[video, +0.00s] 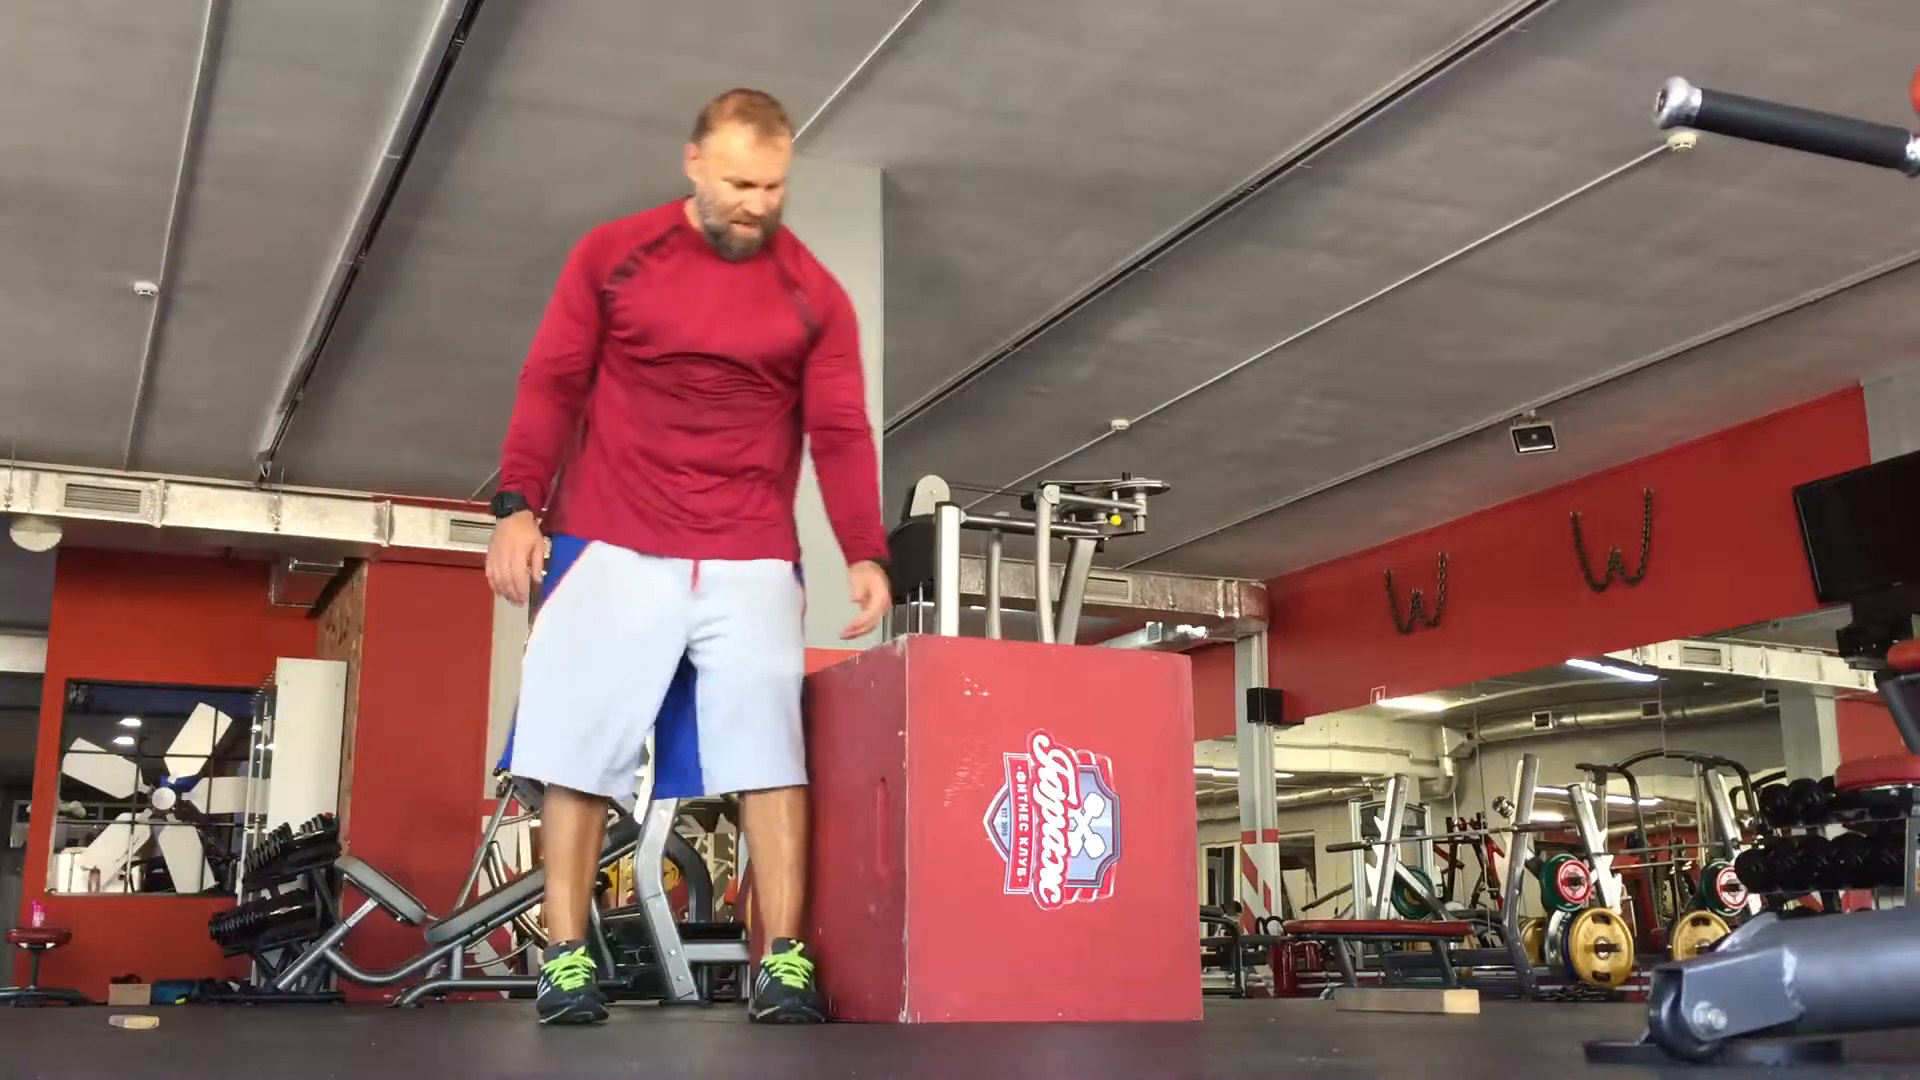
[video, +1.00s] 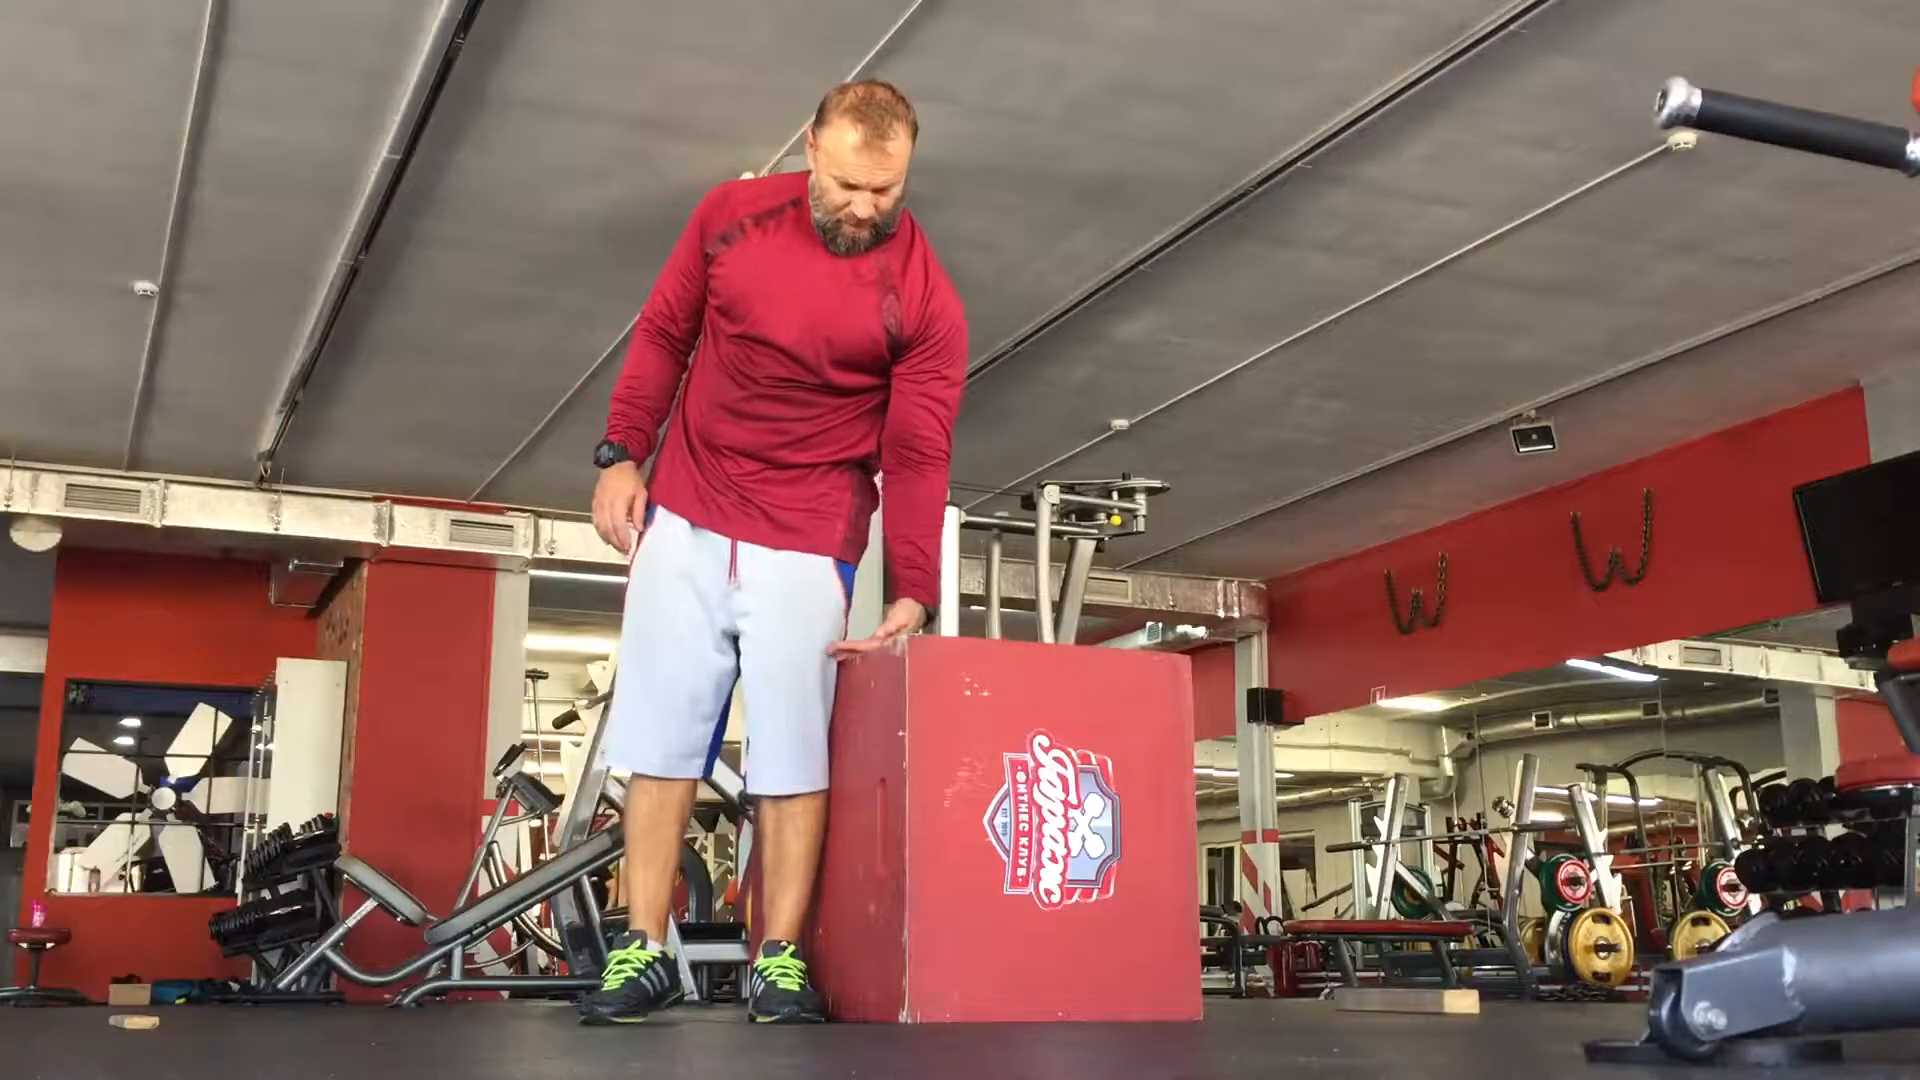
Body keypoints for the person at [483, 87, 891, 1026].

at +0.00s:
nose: (754, 203)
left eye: (770, 186)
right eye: (737, 183)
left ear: (788, 178)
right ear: (692, 165)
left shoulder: (815, 298)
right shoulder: (612, 256)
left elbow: (842, 435)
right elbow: (552, 382)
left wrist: (865, 553)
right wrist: (518, 506)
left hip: (752, 553)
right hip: (613, 543)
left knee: (768, 739)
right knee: (581, 741)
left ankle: (781, 957)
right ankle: (565, 955)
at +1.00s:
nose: (861, 207)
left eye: (882, 190)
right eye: (843, 185)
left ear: (909, 174)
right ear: (810, 149)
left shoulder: (924, 302)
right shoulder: (731, 215)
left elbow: (918, 455)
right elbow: (662, 335)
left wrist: (912, 591)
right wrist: (621, 456)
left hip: (810, 531)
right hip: (688, 506)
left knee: (792, 743)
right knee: (662, 728)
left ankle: (778, 960)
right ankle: (644, 950)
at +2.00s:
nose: (810, 153)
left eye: (831, 134)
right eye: (792, 131)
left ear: (859, 142)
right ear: (760, 134)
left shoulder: (895, 277)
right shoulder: (690, 228)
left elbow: (905, 428)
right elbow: (631, 356)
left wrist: (892, 569)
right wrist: (603, 476)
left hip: (804, 532)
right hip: (673, 516)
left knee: (789, 742)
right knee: (648, 732)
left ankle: (779, 956)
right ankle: (646, 952)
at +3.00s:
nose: (491, 160)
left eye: (510, 140)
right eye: (473, 145)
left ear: (548, 147)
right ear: (455, 161)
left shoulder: (602, 250)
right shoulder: (427, 279)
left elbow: (665, 313)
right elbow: (339, 349)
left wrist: (749, 291)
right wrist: (297, 242)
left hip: (564, 527)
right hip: (473, 535)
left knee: (474, 730)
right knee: (559, 758)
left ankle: (380, 945)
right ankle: (635, 963)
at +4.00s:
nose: (96, 64)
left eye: (115, 47)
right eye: (82, 32)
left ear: (124, 54)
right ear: (13, 11)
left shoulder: (101, 184)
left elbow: (115, 333)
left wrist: (187, 418)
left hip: (46, 478)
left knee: (75, 685)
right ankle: (24, 924)